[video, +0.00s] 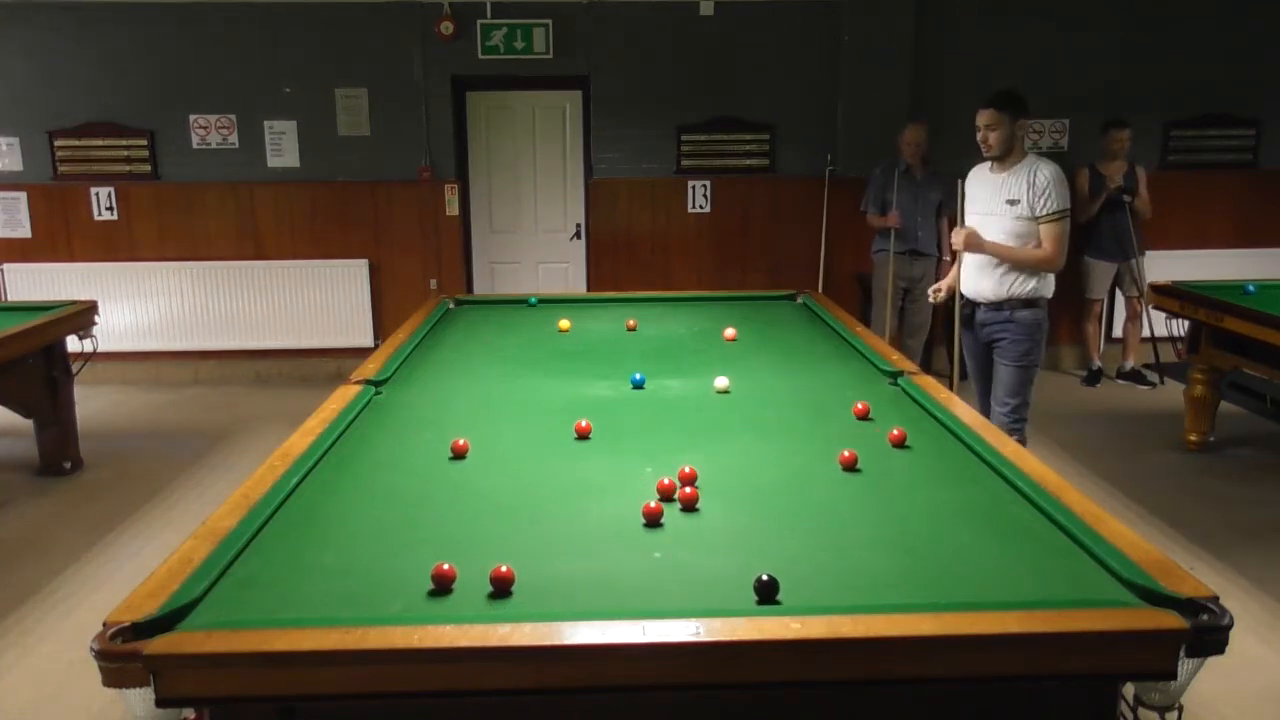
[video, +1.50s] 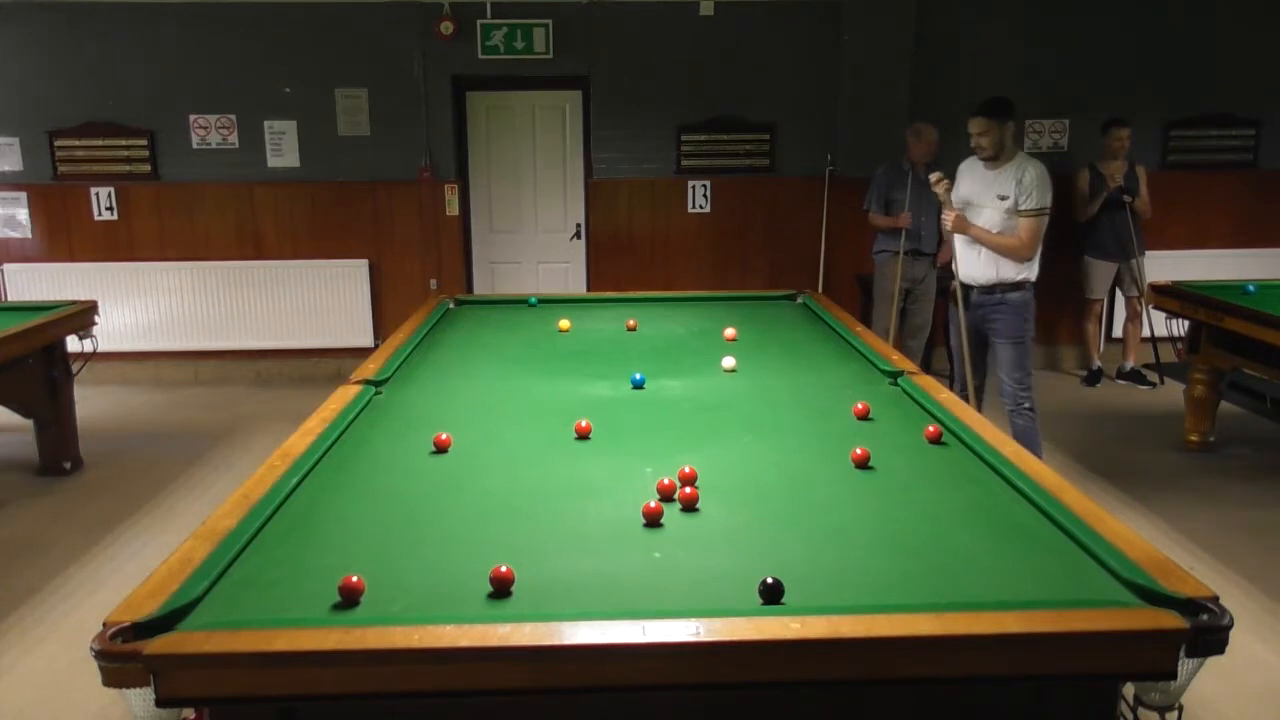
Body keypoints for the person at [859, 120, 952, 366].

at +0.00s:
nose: (914, 149)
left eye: (919, 144)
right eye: (909, 144)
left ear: (926, 146)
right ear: (900, 144)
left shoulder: (935, 178)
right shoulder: (885, 174)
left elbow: (943, 220)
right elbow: (871, 218)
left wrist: (946, 257)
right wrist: (885, 222)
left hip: (926, 259)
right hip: (890, 257)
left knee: (917, 330)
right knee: (884, 325)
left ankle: (908, 384)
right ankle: (878, 381)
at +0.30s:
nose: (916, 149)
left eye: (921, 144)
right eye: (912, 144)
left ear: (927, 145)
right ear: (901, 143)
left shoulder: (935, 177)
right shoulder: (885, 174)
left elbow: (942, 220)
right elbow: (871, 217)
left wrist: (946, 257)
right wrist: (884, 222)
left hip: (925, 259)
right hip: (890, 257)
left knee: (917, 329)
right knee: (884, 325)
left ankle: (908, 384)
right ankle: (878, 382)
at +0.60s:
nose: (920, 149)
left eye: (924, 144)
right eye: (915, 144)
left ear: (931, 147)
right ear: (904, 143)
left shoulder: (936, 178)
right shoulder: (886, 174)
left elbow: (943, 219)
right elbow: (872, 218)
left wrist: (945, 257)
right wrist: (887, 222)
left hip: (926, 258)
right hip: (891, 256)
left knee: (918, 328)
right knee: (884, 324)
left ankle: (908, 383)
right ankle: (878, 380)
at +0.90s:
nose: (921, 149)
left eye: (926, 144)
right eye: (916, 143)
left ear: (932, 147)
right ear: (905, 143)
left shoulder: (937, 177)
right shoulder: (886, 174)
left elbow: (944, 219)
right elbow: (872, 218)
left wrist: (946, 257)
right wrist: (890, 222)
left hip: (927, 258)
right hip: (891, 256)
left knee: (918, 328)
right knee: (884, 324)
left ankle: (907, 383)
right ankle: (877, 379)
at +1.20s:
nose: (923, 150)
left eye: (927, 145)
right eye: (918, 144)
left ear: (933, 147)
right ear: (907, 143)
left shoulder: (937, 178)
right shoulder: (887, 173)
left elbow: (946, 216)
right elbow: (872, 217)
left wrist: (946, 249)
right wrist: (891, 222)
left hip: (926, 260)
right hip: (891, 257)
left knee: (918, 329)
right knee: (884, 325)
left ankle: (907, 383)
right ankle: (877, 380)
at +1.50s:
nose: (930, 149)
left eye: (933, 144)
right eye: (925, 143)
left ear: (936, 147)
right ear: (910, 143)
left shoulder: (935, 179)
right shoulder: (888, 173)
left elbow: (946, 216)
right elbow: (873, 217)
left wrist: (948, 244)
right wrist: (895, 222)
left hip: (926, 261)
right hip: (892, 259)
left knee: (918, 331)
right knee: (884, 326)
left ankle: (908, 386)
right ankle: (877, 383)